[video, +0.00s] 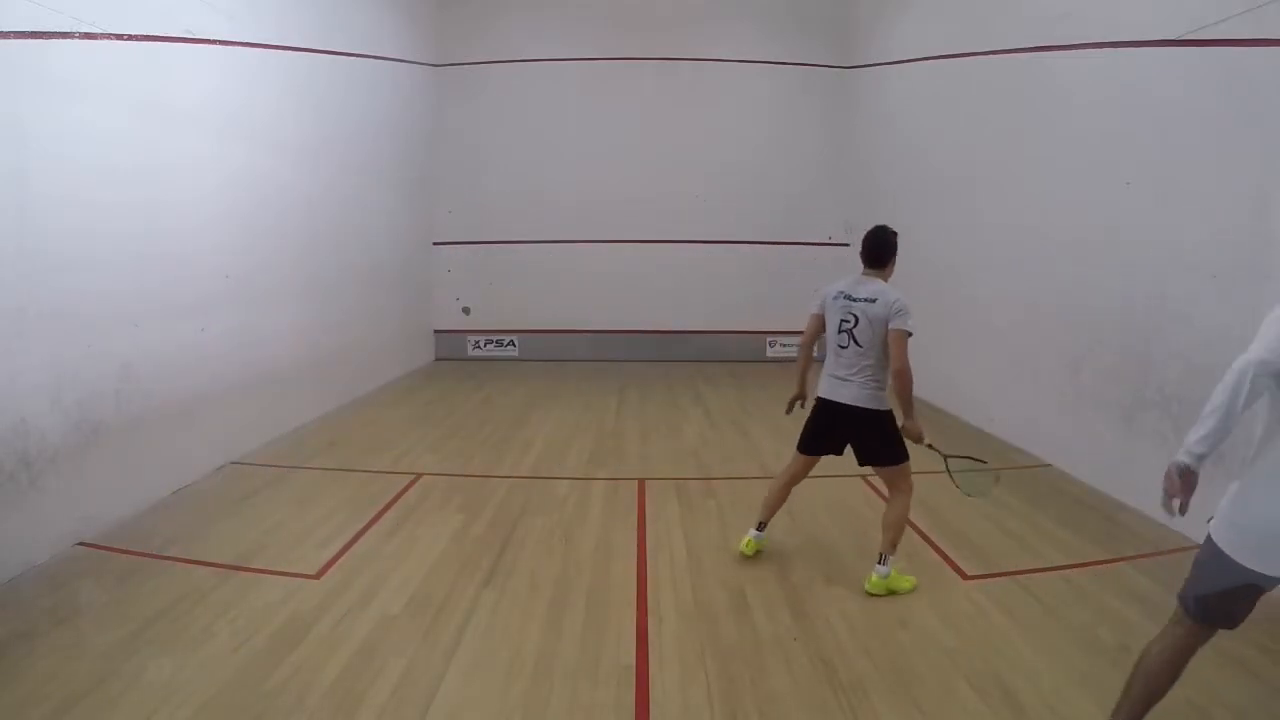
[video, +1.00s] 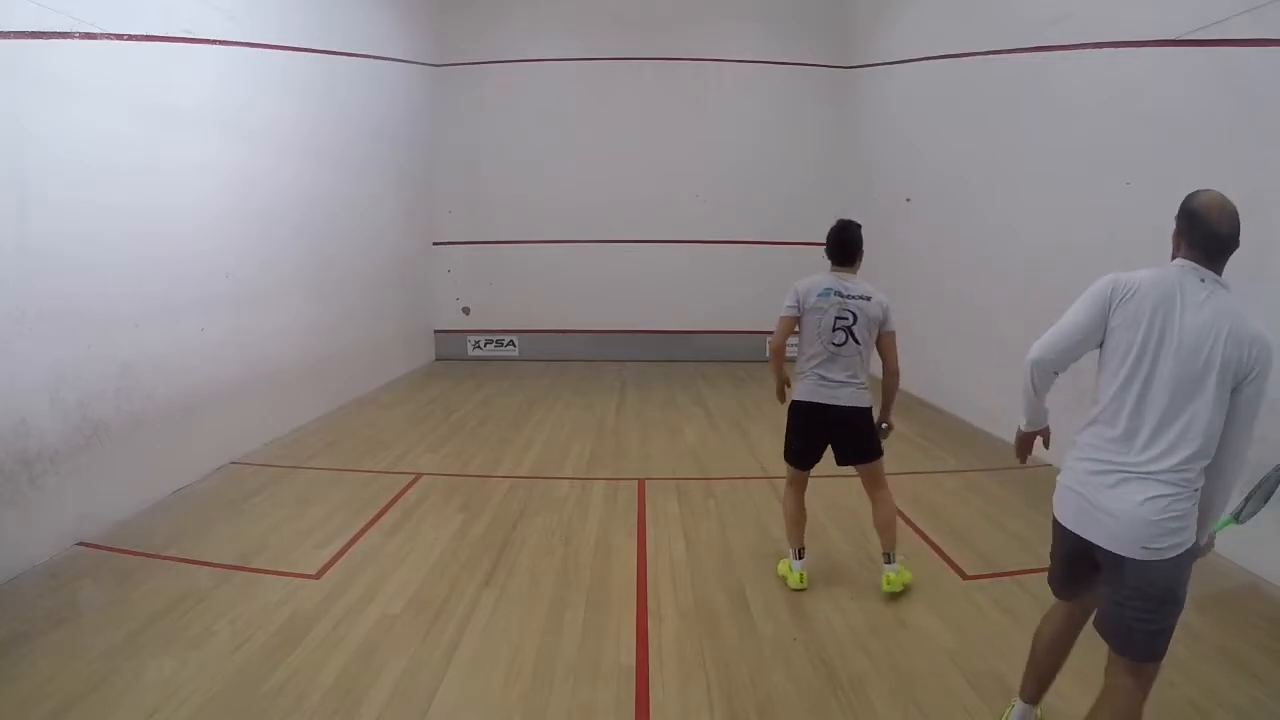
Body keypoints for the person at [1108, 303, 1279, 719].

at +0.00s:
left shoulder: (1279, 318)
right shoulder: (1278, 320)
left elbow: (1258, 364)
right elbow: (1257, 366)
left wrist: (1191, 454)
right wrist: (1192, 454)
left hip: (1265, 511)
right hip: (1265, 511)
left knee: (1188, 627)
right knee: (1189, 626)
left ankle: (1122, 714)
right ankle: (1123, 713)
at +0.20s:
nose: (1257, 266)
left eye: (1257, 257)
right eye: (1261, 258)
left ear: (1262, 257)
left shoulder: (1218, 301)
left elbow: (1145, 362)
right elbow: (1145, 365)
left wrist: (1118, 456)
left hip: (1188, 520)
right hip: (1268, 539)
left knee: (1131, 654)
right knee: (1273, 661)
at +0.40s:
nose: (1233, 231)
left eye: (1233, 223)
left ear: (1239, 222)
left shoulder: (1185, 266)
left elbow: (1094, 313)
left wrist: (1053, 416)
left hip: (1148, 513)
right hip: (1236, 538)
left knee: (1113, 652)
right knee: (1195, 665)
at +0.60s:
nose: (1220, 249)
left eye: (1221, 241)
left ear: (1223, 247)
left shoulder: (1163, 298)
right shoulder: (1275, 331)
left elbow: (1082, 367)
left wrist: (1019, 467)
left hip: (1099, 539)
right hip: (1179, 570)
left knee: (1104, 637)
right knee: (1129, 706)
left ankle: (1070, 713)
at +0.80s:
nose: (1198, 223)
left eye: (1200, 216)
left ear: (1200, 222)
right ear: (1261, 238)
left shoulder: (1139, 277)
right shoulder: (1269, 314)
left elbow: (1057, 349)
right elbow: (1263, 456)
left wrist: (1030, 442)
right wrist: (1238, 558)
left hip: (1088, 507)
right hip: (1169, 539)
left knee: (1083, 612)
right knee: (1126, 684)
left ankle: (1028, 712)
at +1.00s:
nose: (1175, 235)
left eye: (1176, 226)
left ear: (1177, 235)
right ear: (1234, 250)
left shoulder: (1120, 290)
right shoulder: (1251, 340)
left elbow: (1042, 359)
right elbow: (1230, 459)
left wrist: (1033, 420)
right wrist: (1203, 531)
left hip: (1078, 506)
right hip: (1158, 535)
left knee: (1071, 600)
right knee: (1129, 675)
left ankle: (1022, 710)